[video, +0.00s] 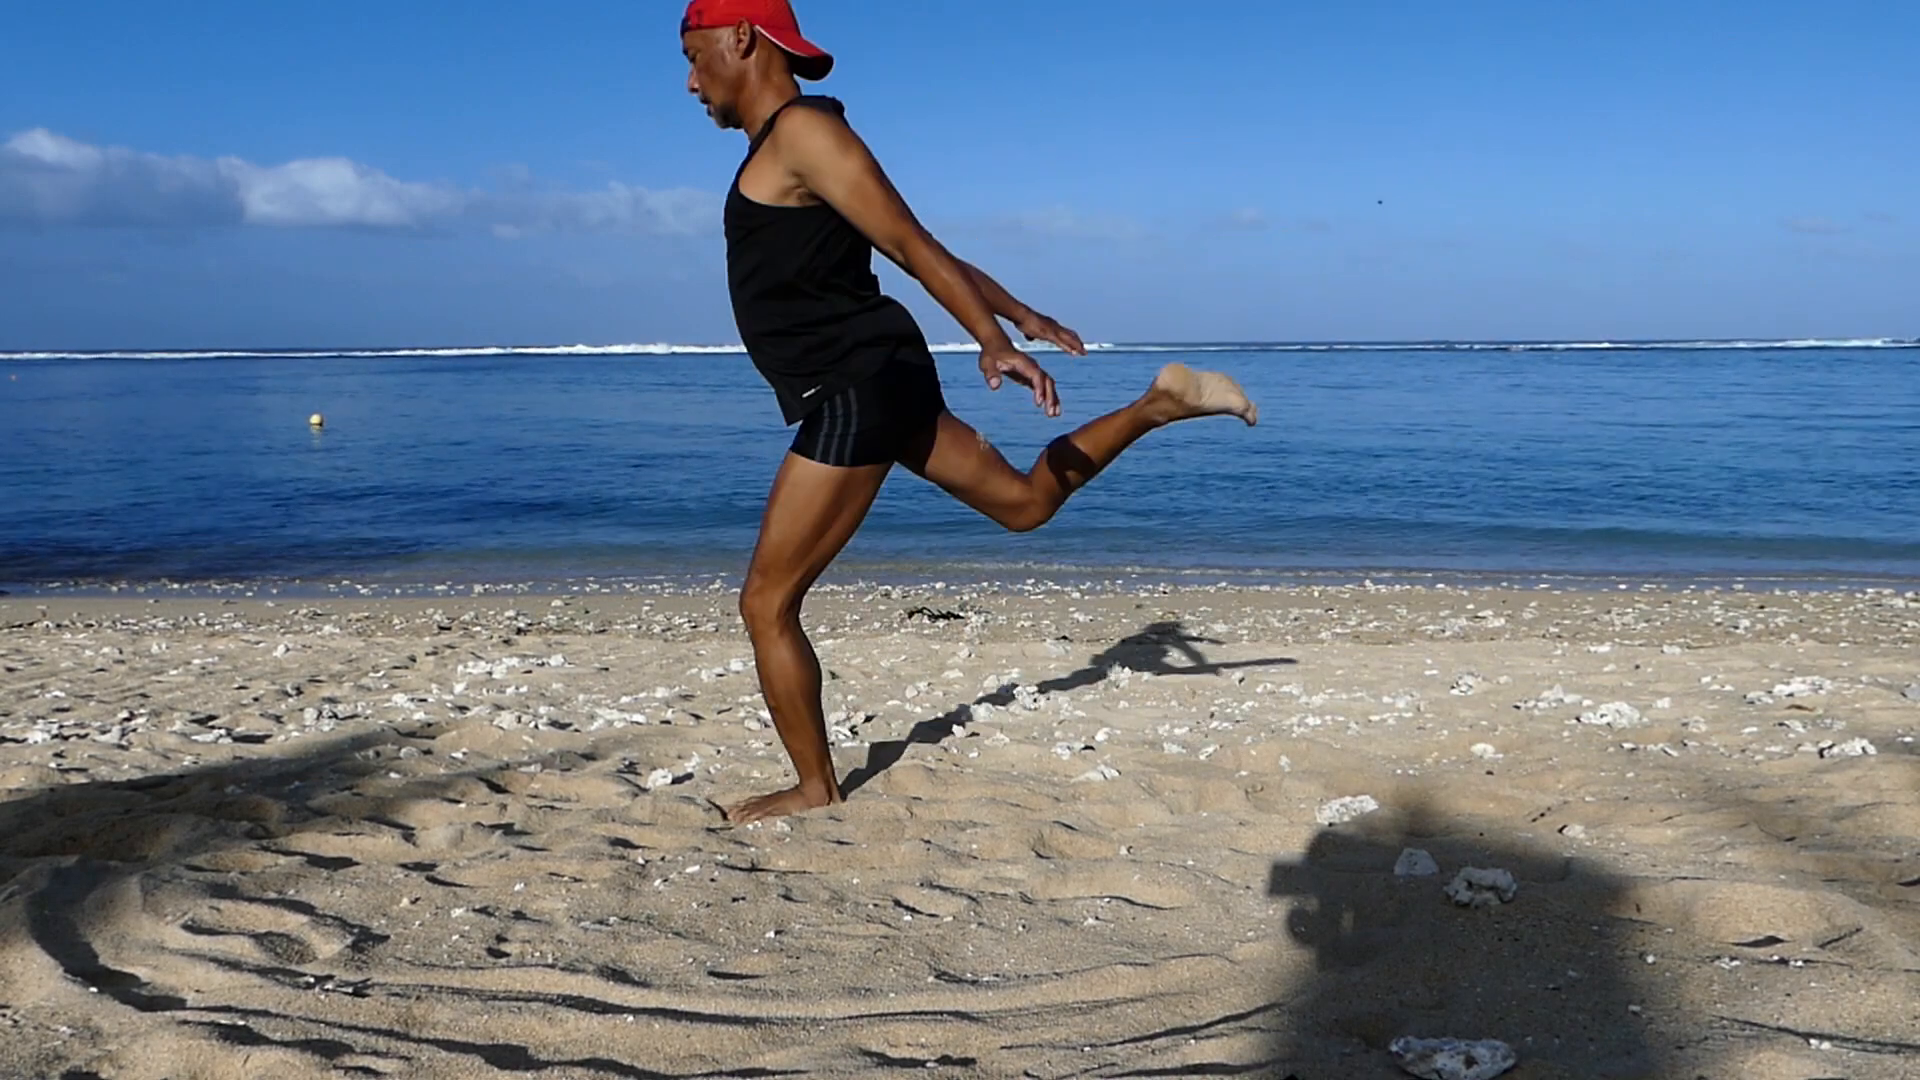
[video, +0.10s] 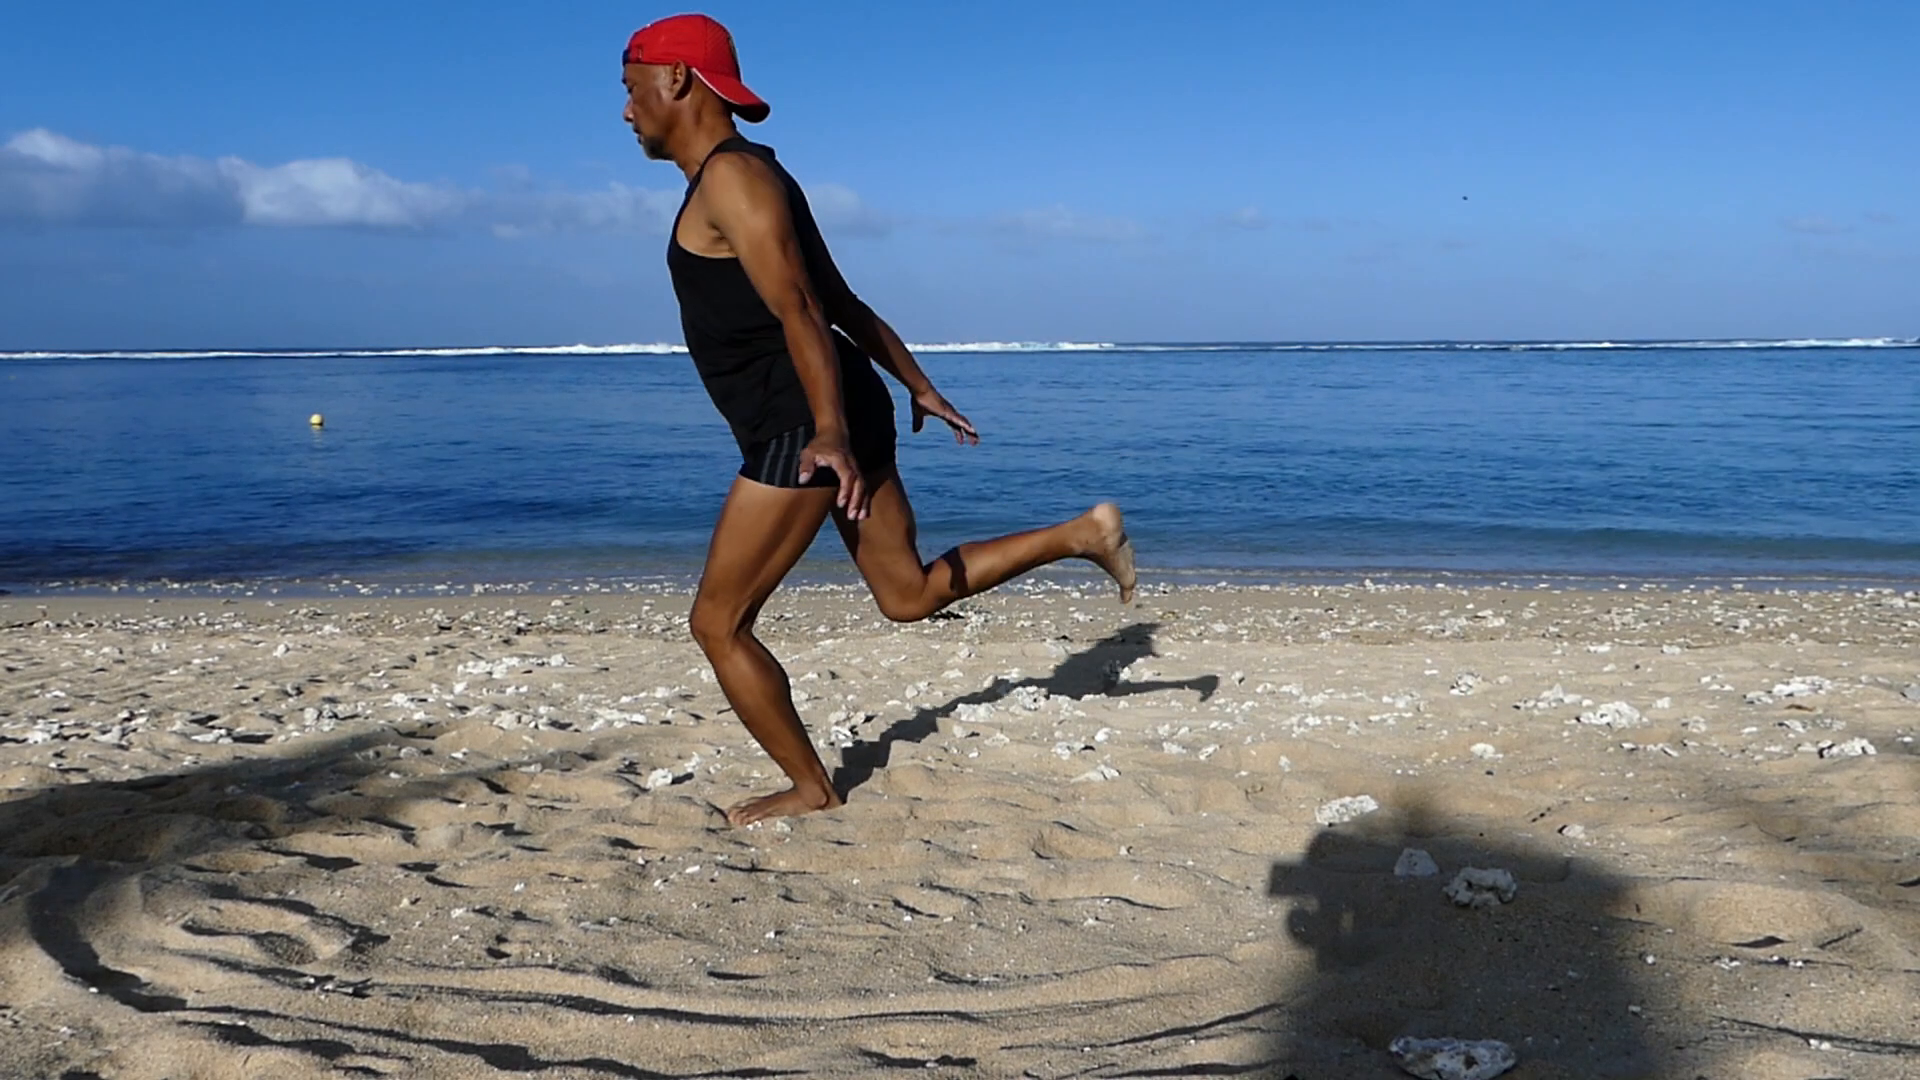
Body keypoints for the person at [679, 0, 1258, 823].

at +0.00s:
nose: (688, 81)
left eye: (694, 59)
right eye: (687, 62)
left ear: (745, 47)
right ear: (746, 50)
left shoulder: (804, 132)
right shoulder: (793, 133)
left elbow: (907, 246)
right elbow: (914, 239)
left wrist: (993, 342)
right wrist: (1020, 314)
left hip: (856, 389)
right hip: (875, 381)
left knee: (766, 603)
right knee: (1026, 502)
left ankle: (815, 787)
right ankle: (1158, 405)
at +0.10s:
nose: (626, 111)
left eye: (635, 91)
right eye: (626, 93)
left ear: (684, 91)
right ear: (695, 93)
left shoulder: (731, 179)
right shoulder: (749, 174)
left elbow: (798, 312)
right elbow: (835, 301)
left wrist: (832, 433)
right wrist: (918, 385)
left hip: (800, 433)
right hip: (843, 409)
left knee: (717, 621)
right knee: (907, 591)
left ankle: (811, 788)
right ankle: (1084, 535)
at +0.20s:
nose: (587, 123)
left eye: (596, 105)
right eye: (587, 106)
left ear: (640, 104)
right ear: (656, 105)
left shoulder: (689, 194)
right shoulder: (724, 184)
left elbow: (720, 332)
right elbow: (802, 316)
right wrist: (856, 424)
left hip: (778, 436)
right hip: (821, 426)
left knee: (701, 627)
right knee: (812, 617)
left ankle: (810, 787)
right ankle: (1006, 612)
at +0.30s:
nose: (540, 132)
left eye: (545, 111)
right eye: (539, 113)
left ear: (587, 105)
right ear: (608, 107)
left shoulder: (636, 191)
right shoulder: (680, 183)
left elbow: (618, 344)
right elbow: (753, 323)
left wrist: (524, 466)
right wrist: (752, 457)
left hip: (732, 423)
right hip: (762, 414)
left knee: (683, 631)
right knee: (688, 606)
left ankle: (805, 787)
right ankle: (848, 696)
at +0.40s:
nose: (507, 124)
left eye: (513, 105)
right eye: (506, 106)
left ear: (554, 99)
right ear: (575, 99)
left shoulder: (592, 182)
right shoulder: (655, 176)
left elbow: (553, 332)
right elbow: (739, 318)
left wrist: (435, 433)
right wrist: (686, 425)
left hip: (697, 422)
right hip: (718, 415)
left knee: (681, 639)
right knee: (604, 581)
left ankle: (810, 786)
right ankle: (733, 731)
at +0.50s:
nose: (457, 100)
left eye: (461, 81)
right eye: (455, 82)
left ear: (501, 75)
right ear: (533, 77)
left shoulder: (524, 155)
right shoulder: (607, 155)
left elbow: (471, 296)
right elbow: (694, 292)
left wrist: (362, 365)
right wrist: (650, 385)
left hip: (633, 402)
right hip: (642, 400)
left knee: (679, 618)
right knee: (513, 546)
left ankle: (813, 774)